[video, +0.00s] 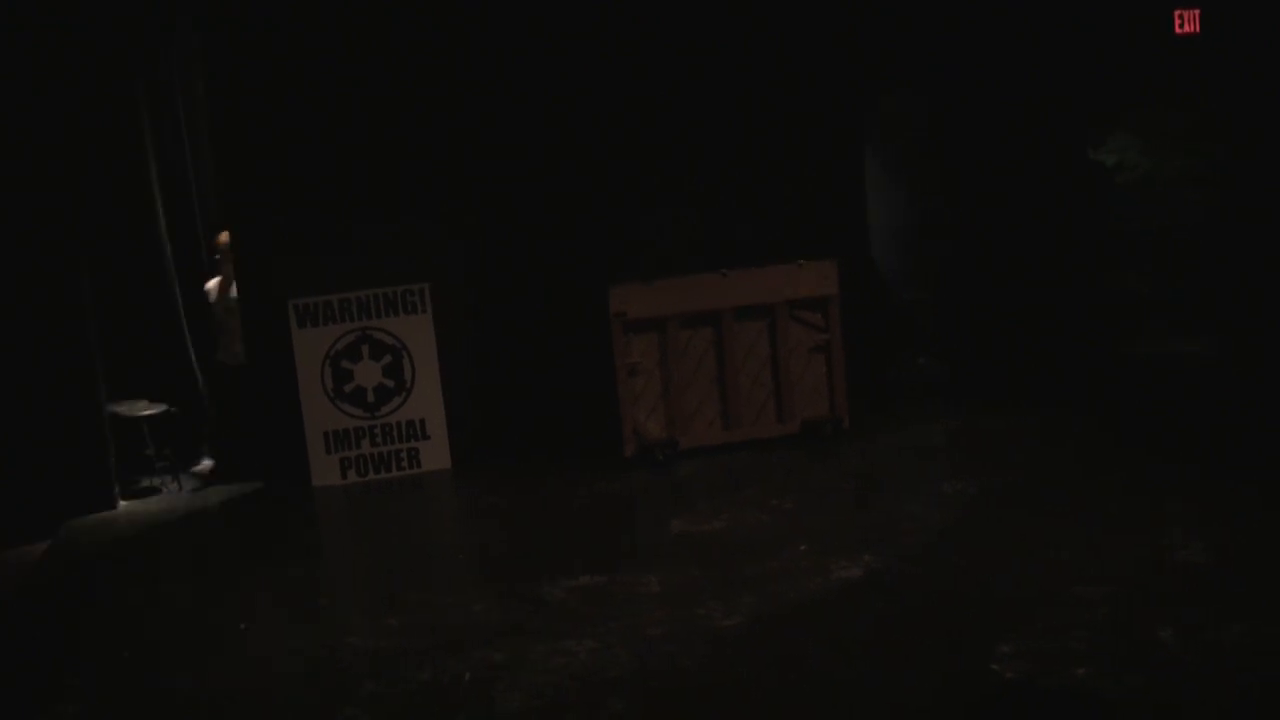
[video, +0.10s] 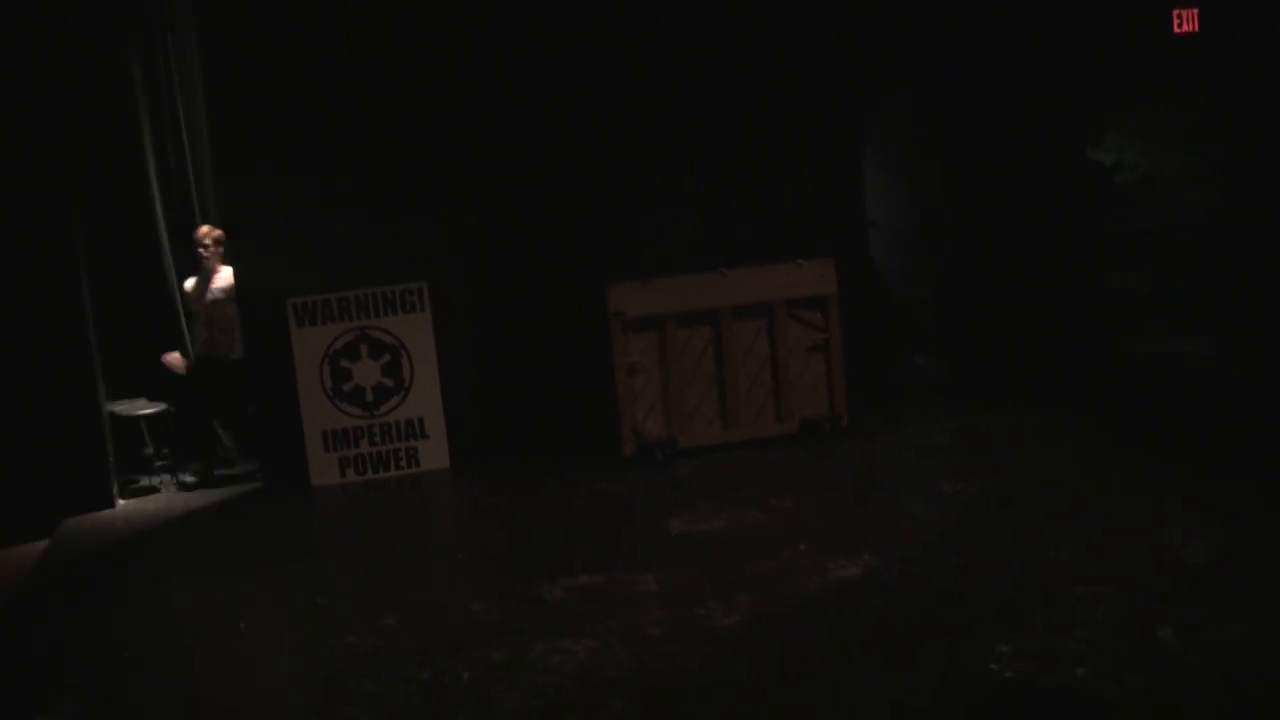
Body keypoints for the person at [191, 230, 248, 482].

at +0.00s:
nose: (226, 256)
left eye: (229, 250)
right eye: (222, 251)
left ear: (236, 252)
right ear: (216, 255)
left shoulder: (239, 285)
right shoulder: (212, 288)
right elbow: (217, 309)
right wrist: (228, 273)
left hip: (246, 355)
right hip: (224, 357)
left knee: (251, 404)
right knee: (229, 407)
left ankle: (258, 453)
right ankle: (232, 456)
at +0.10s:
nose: (204, 252)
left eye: (209, 246)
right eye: (200, 247)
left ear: (221, 248)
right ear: (196, 250)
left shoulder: (233, 277)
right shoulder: (190, 285)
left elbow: (242, 319)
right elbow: (191, 324)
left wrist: (242, 349)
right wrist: (181, 353)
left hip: (233, 357)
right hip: (203, 360)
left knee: (239, 412)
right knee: (201, 413)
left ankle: (251, 462)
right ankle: (204, 466)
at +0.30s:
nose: (179, 247)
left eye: (184, 242)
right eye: (174, 242)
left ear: (195, 245)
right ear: (168, 246)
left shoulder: (215, 275)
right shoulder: (161, 285)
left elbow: (239, 312)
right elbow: (148, 319)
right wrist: (116, 309)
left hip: (212, 354)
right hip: (180, 356)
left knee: (174, 391)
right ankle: (198, 468)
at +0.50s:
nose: (161, 258)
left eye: (166, 252)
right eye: (156, 252)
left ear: (175, 255)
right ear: (149, 256)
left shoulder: (190, 291)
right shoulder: (140, 290)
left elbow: (197, 325)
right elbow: (133, 325)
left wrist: (194, 351)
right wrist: (97, 316)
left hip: (183, 369)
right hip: (156, 370)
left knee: (183, 421)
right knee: (169, 423)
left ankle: (187, 477)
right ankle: (193, 467)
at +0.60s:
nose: (152, 261)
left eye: (157, 255)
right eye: (148, 254)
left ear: (165, 256)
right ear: (142, 255)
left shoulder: (173, 293)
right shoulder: (131, 285)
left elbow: (187, 334)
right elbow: (129, 318)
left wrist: (200, 369)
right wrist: (97, 315)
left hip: (173, 369)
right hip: (147, 369)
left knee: (177, 424)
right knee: (157, 425)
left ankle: (183, 481)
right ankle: (189, 461)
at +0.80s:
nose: (127, 259)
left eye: (132, 253)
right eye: (124, 253)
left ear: (138, 256)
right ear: (117, 254)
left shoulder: (144, 291)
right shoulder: (110, 285)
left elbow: (146, 326)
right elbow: (112, 320)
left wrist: (153, 348)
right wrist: (93, 330)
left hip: (144, 365)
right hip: (118, 366)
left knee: (157, 421)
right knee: (119, 423)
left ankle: (178, 471)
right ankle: (127, 477)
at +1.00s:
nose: (102, 260)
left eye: (105, 254)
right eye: (97, 254)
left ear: (110, 258)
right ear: (86, 258)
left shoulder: (121, 293)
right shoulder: (68, 296)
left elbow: (101, 312)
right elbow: (64, 336)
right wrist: (68, 370)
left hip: (118, 375)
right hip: (83, 379)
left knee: (134, 429)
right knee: (77, 442)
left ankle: (161, 487)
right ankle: (70, 508)